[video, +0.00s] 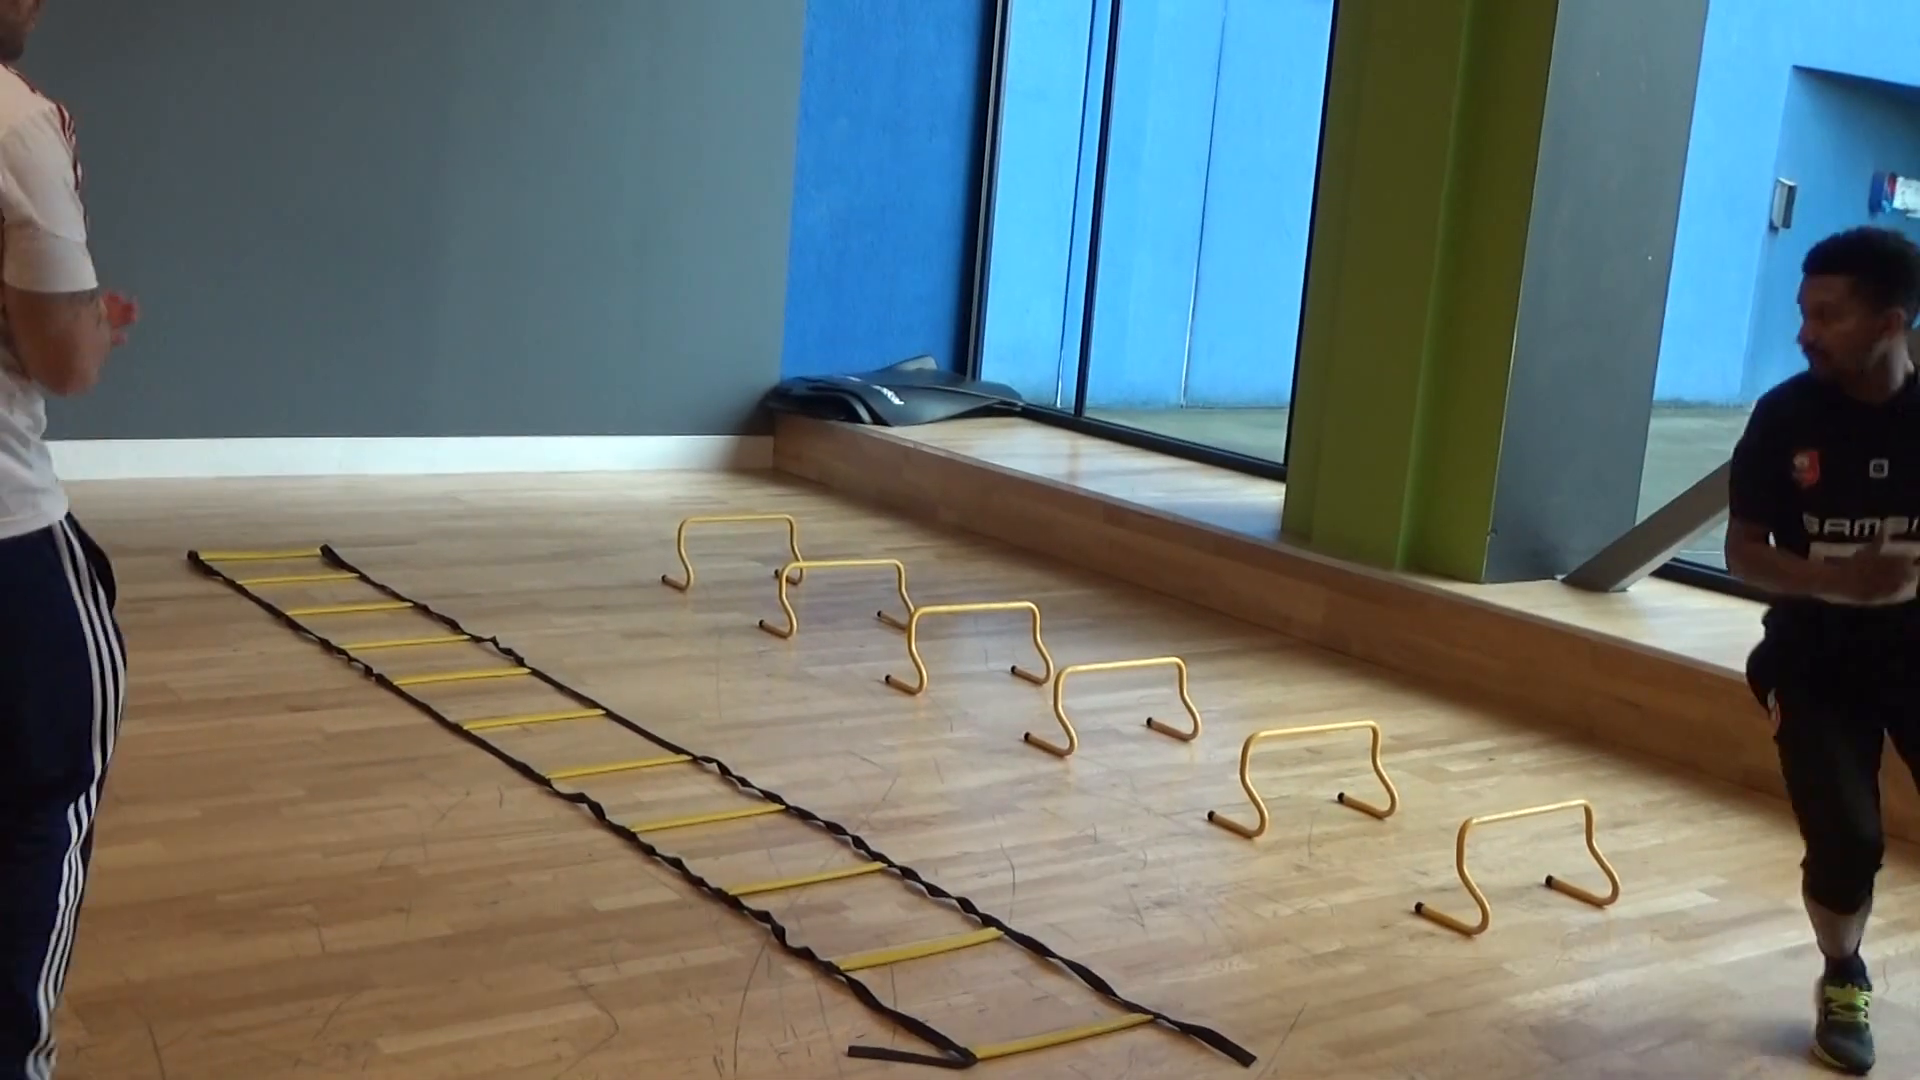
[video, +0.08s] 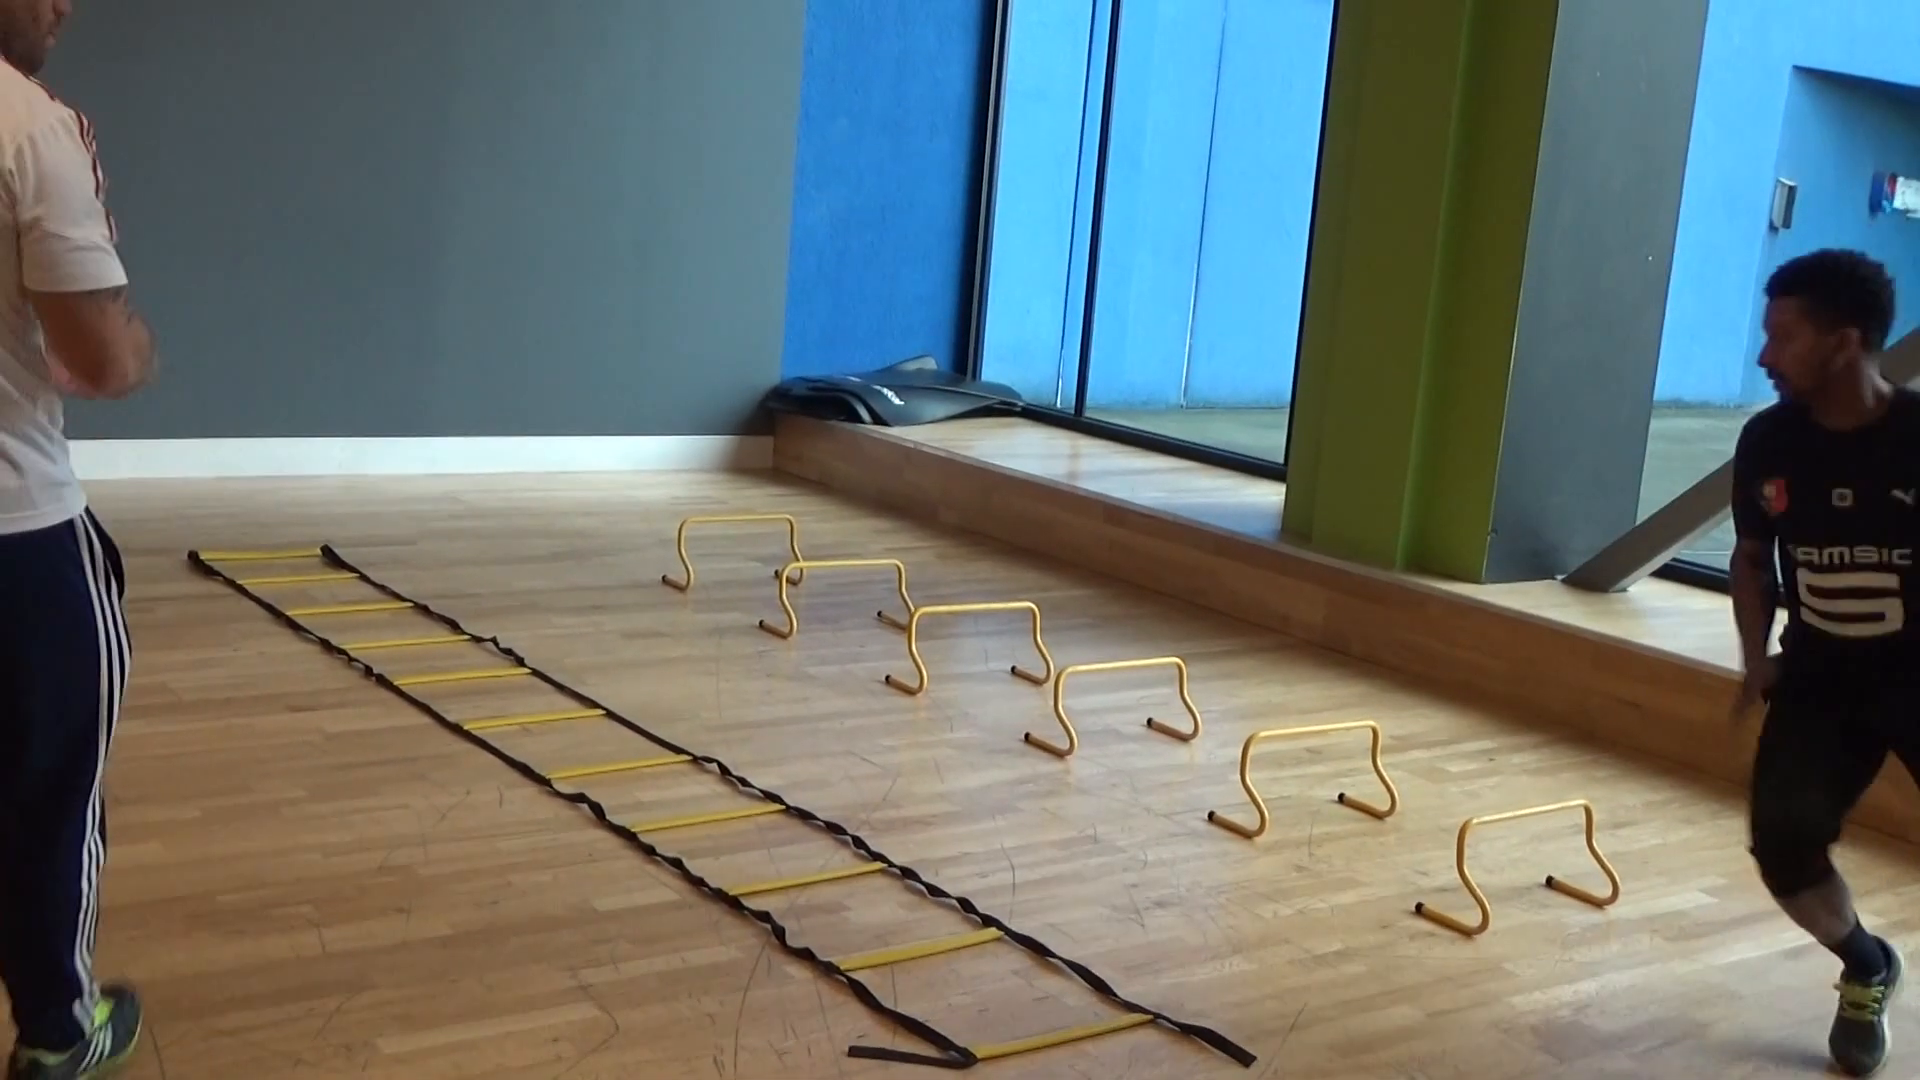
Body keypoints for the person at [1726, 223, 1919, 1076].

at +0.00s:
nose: (1805, 330)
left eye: (1826, 314)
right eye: (1803, 311)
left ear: (1892, 321)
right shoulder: (1785, 414)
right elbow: (1743, 552)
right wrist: (1837, 573)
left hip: (1913, 649)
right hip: (1818, 651)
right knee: (1844, 840)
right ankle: (1844, 978)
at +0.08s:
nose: (1765, 350)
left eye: (1782, 333)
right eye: (1767, 332)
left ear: (1846, 340)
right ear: (1825, 341)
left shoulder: (1916, 427)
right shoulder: (1767, 439)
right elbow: (1753, 557)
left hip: (1915, 674)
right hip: (1822, 676)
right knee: (1784, 852)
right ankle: (1868, 966)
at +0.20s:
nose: (1658, 321)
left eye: (1674, 304)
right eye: (1662, 301)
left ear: (1727, 314)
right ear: (1713, 315)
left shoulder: (1823, 398)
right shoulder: (1696, 406)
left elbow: (1892, 548)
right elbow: (1744, 509)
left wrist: (1745, 499)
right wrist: (1726, 593)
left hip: (1880, 659)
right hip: (1785, 652)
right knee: (1663, 792)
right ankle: (1804, 987)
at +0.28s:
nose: (1569, 292)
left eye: (1580, 273)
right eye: (1573, 273)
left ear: (1627, 280)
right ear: (1629, 281)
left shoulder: (1722, 364)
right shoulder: (1634, 381)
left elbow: (1796, 507)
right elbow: (1725, 515)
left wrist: (1641, 543)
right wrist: (1682, 611)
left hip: (1816, 630)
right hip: (1723, 625)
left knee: (1894, 855)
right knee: (1626, 802)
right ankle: (1771, 1001)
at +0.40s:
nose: (1455, 291)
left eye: (1464, 275)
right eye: (1459, 273)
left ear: (1500, 282)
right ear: (1515, 284)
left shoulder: (1569, 357)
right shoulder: (1539, 375)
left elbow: (1693, 427)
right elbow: (1552, 521)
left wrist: (1697, 580)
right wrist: (1446, 535)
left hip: (1674, 598)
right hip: (1679, 598)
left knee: (1559, 787)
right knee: (1624, 832)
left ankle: (1782, 869)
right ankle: (1780, 1015)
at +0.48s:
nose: (1381, 268)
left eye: (1390, 251)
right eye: (1386, 251)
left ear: (1421, 259)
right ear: (1446, 260)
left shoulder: (1472, 319)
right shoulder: (1466, 343)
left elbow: (1597, 325)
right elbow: (1437, 459)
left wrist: (1647, 464)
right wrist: (1334, 419)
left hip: (1557, 563)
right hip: (1616, 566)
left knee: (1382, 680)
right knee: (1629, 803)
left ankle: (1487, 861)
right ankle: (1774, 1002)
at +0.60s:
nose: (1246, 207)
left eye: (1254, 193)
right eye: (1249, 192)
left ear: (1282, 199)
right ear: (1310, 197)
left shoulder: (1321, 266)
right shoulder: (1326, 272)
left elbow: (1401, 339)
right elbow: (1367, 417)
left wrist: (1382, 497)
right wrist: (1282, 462)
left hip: (1380, 502)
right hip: (1443, 503)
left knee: (1242, 648)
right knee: (1457, 728)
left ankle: (1262, 864)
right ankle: (1616, 867)